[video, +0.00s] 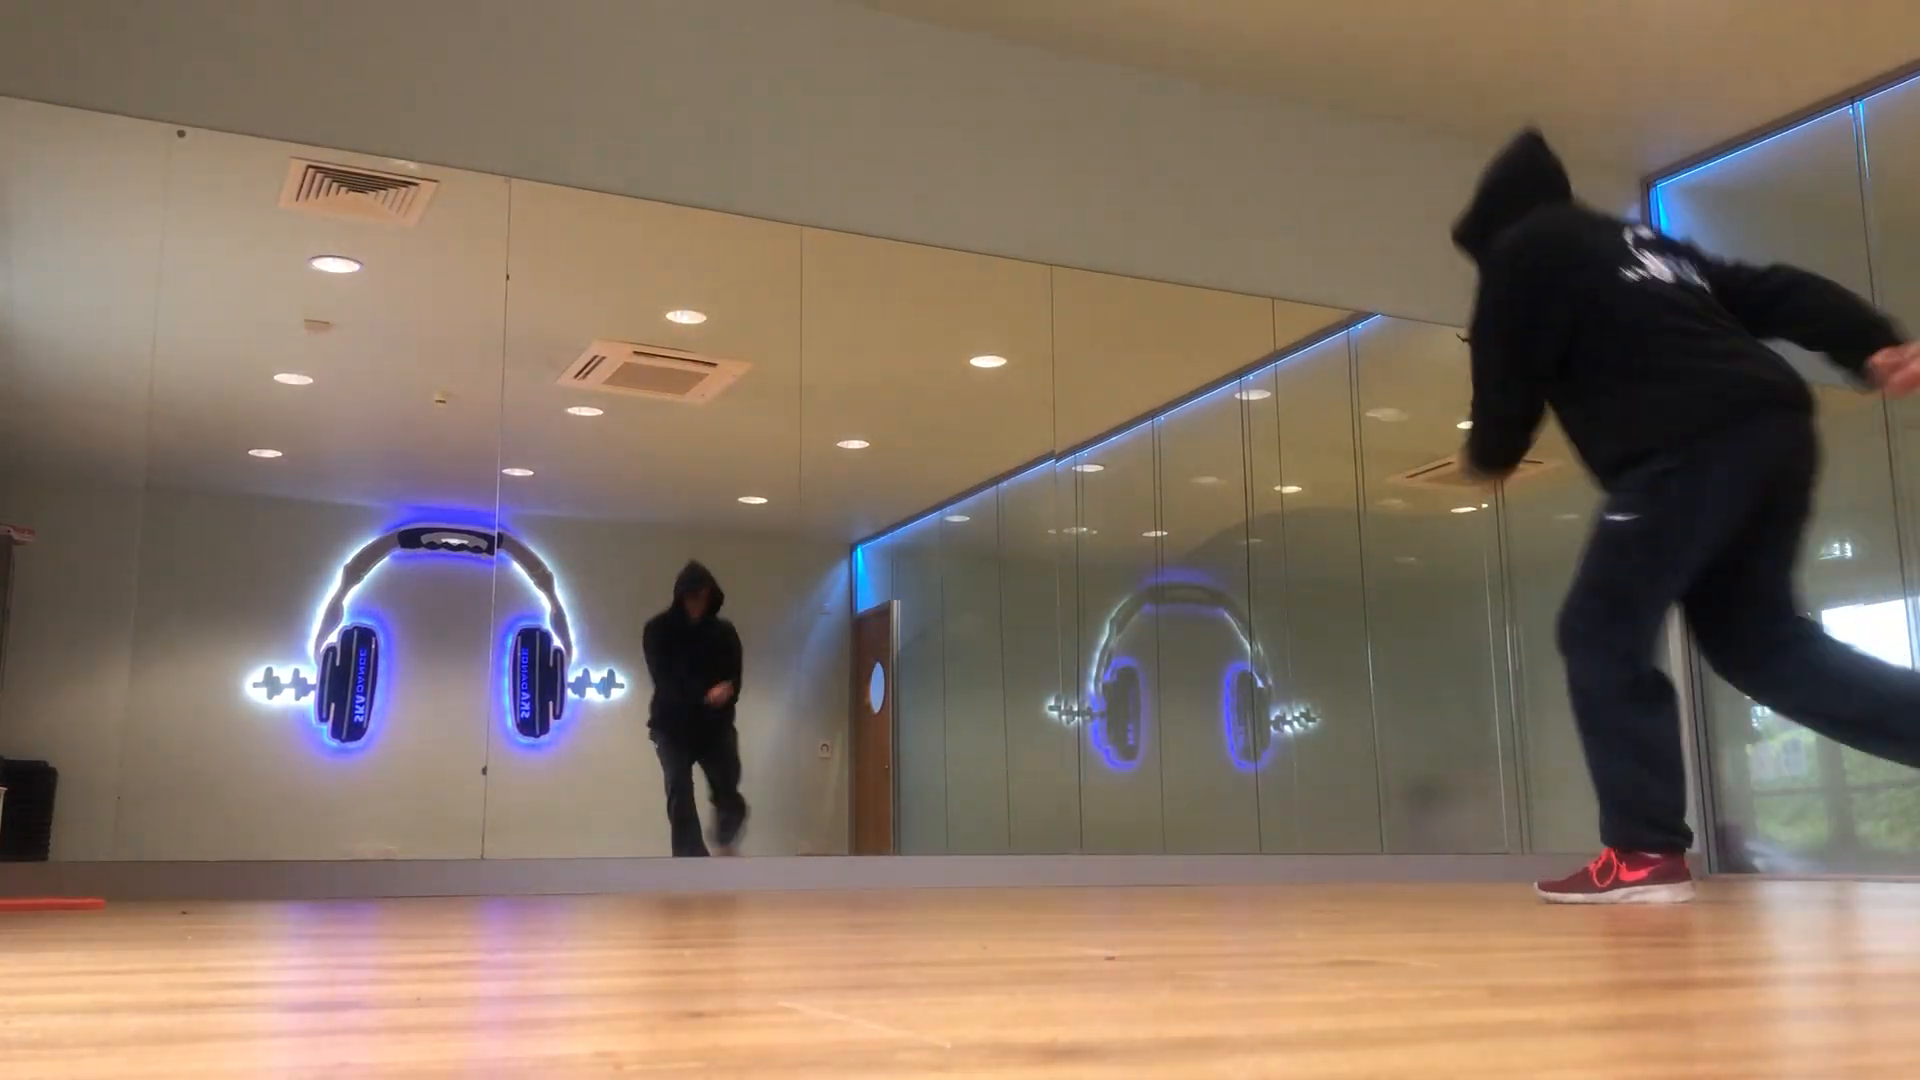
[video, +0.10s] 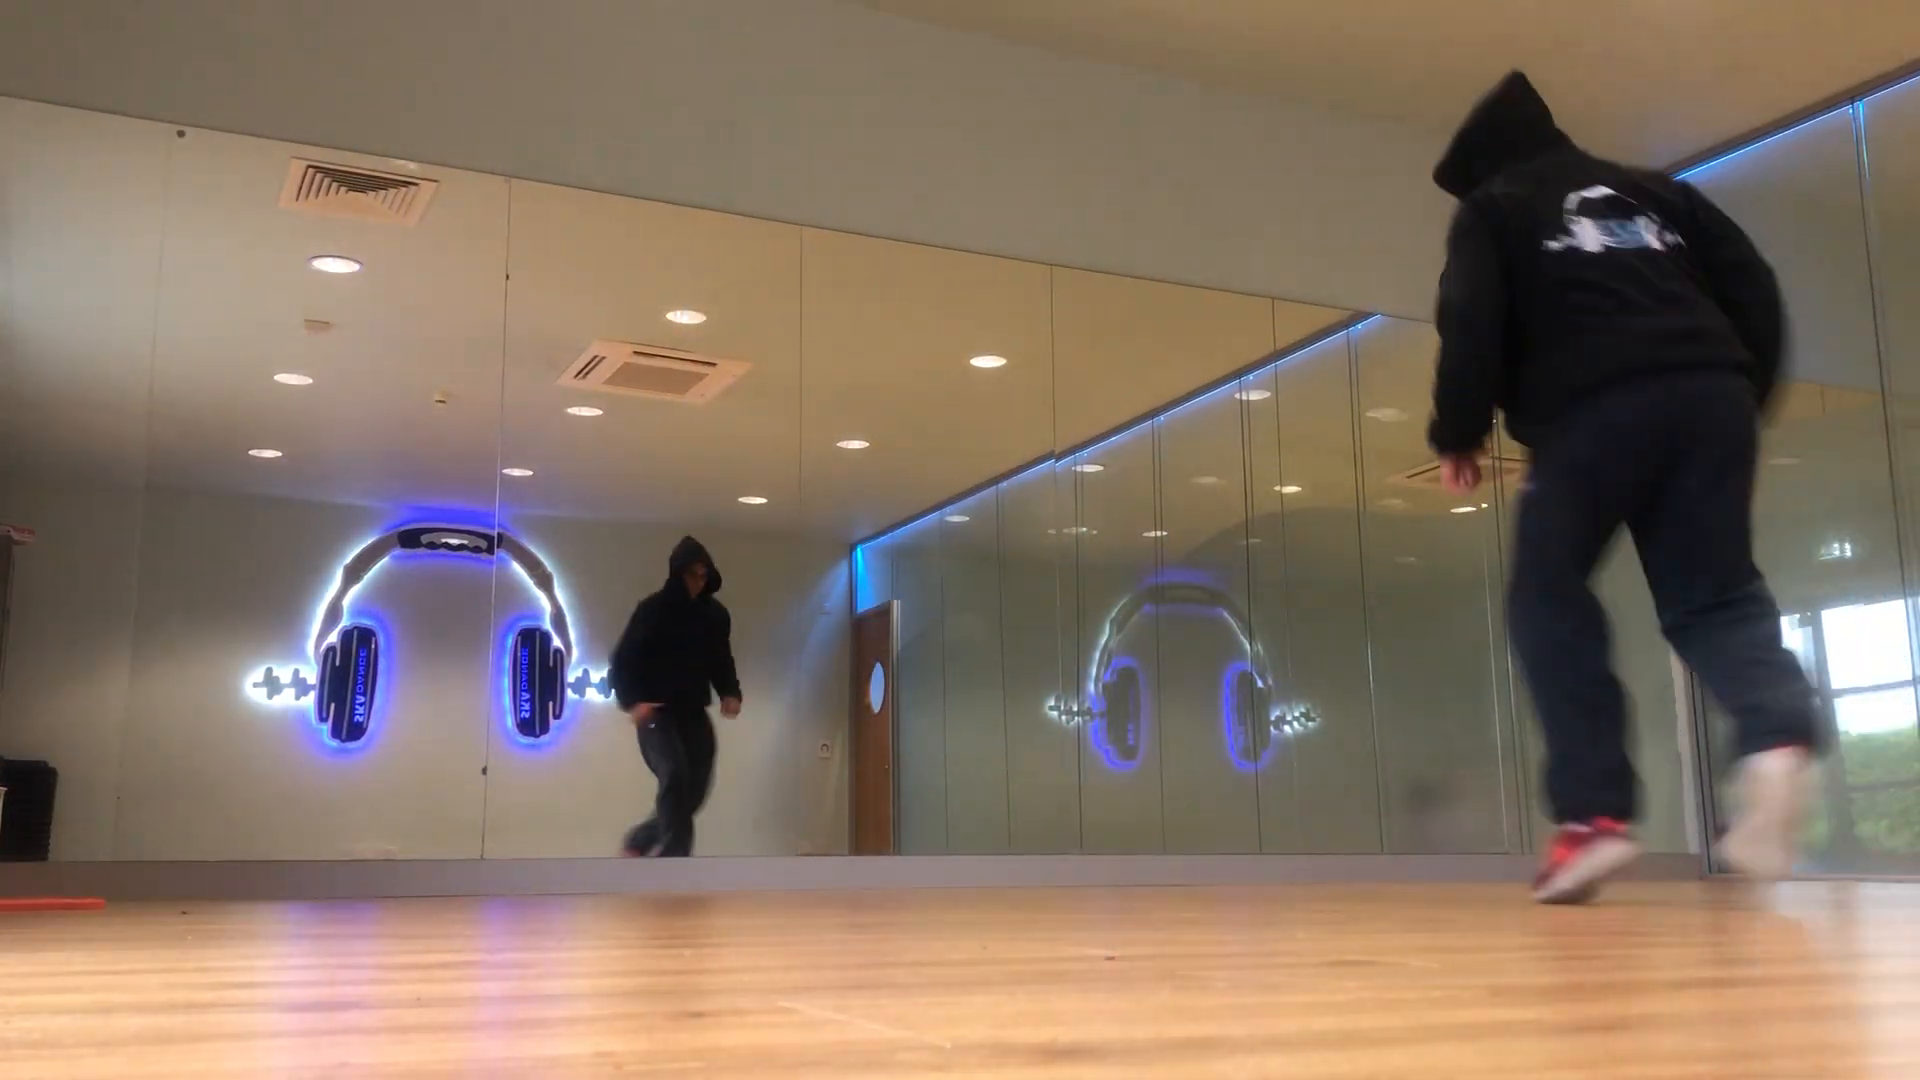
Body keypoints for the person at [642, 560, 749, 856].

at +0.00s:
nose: (696, 602)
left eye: (702, 595)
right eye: (690, 595)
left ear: (711, 596)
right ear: (680, 595)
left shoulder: (723, 631)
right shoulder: (659, 629)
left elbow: (734, 675)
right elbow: (663, 680)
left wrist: (726, 689)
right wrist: (703, 694)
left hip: (714, 722)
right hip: (672, 723)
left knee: (725, 786)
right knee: (679, 791)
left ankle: (725, 838)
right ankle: (691, 859)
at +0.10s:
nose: (698, 579)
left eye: (703, 573)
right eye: (692, 573)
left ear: (709, 574)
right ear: (678, 572)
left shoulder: (715, 614)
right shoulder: (653, 609)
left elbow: (720, 656)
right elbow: (622, 658)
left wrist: (730, 691)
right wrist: (633, 701)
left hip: (693, 709)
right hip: (655, 709)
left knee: (696, 788)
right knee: (674, 777)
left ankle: (639, 841)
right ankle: (674, 861)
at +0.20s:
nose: (699, 588)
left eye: (704, 582)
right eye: (695, 580)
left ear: (707, 583)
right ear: (679, 577)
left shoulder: (700, 620)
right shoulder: (652, 608)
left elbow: (704, 667)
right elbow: (606, 640)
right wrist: (606, 685)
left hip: (664, 710)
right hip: (637, 705)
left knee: (648, 789)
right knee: (661, 781)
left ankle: (596, 860)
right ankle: (625, 863)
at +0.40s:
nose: (699, 602)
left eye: (703, 596)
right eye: (697, 594)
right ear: (683, 591)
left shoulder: (683, 640)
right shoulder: (642, 616)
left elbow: (673, 698)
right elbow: (616, 672)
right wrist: (659, 691)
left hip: (632, 712)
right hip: (605, 705)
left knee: (636, 791)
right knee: (640, 788)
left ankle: (572, 838)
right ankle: (608, 861)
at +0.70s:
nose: (672, 589)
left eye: (675, 583)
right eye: (671, 581)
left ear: (644, 571)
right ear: (659, 576)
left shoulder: (627, 599)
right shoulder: (633, 602)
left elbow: (617, 662)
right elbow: (676, 639)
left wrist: (625, 710)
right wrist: (720, 645)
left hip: (599, 699)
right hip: (594, 699)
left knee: (627, 775)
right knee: (582, 773)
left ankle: (629, 864)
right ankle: (528, 848)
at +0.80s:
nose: (671, 618)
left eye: (674, 611)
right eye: (670, 610)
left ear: (644, 596)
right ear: (659, 604)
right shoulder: (640, 624)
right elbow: (662, 666)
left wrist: (649, 717)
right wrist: (665, 689)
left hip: (573, 713)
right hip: (588, 717)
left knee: (627, 782)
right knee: (565, 798)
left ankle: (649, 869)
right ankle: (509, 867)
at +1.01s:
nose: (688, 628)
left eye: (691, 623)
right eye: (689, 621)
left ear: (667, 609)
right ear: (680, 615)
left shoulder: (674, 652)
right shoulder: (628, 622)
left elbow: (675, 692)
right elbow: (571, 622)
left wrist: (686, 718)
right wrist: (550, 662)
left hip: (611, 721)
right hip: (581, 708)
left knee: (640, 783)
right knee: (618, 768)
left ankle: (649, 872)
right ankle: (547, 818)